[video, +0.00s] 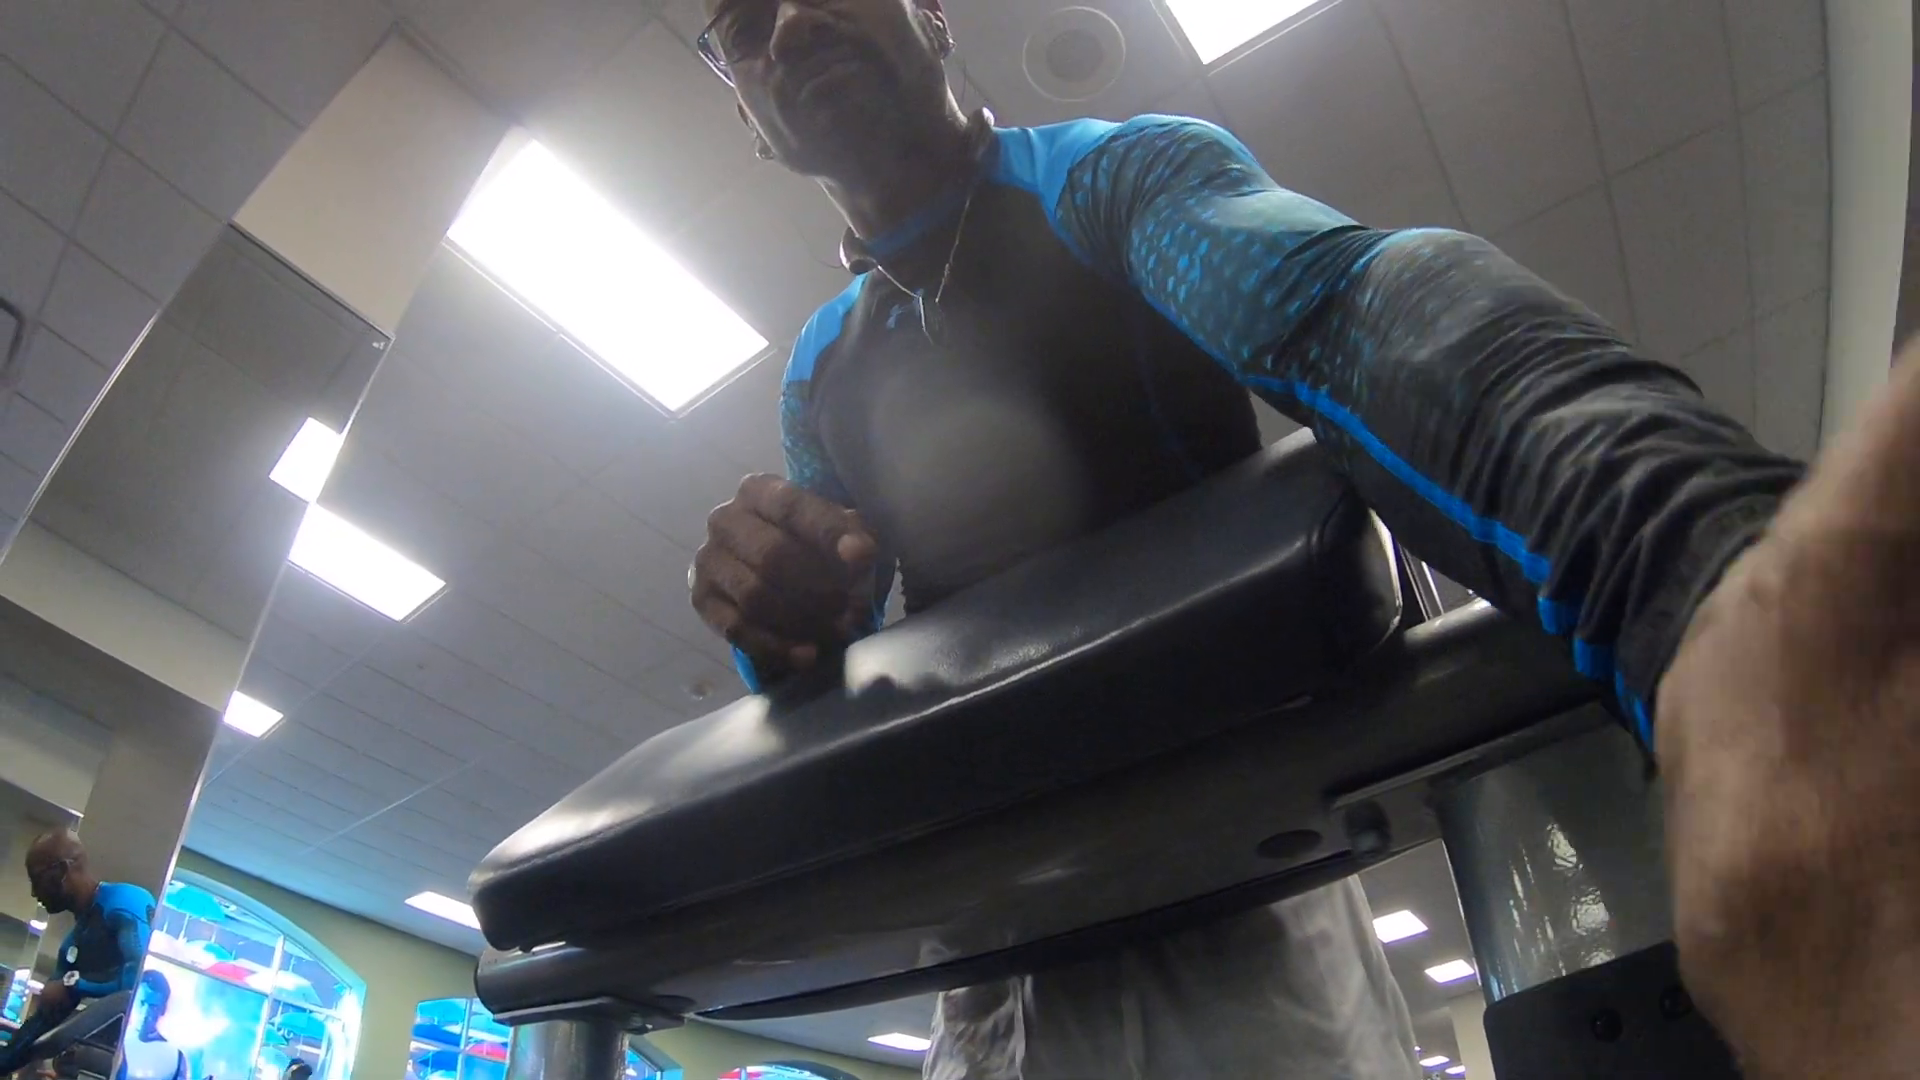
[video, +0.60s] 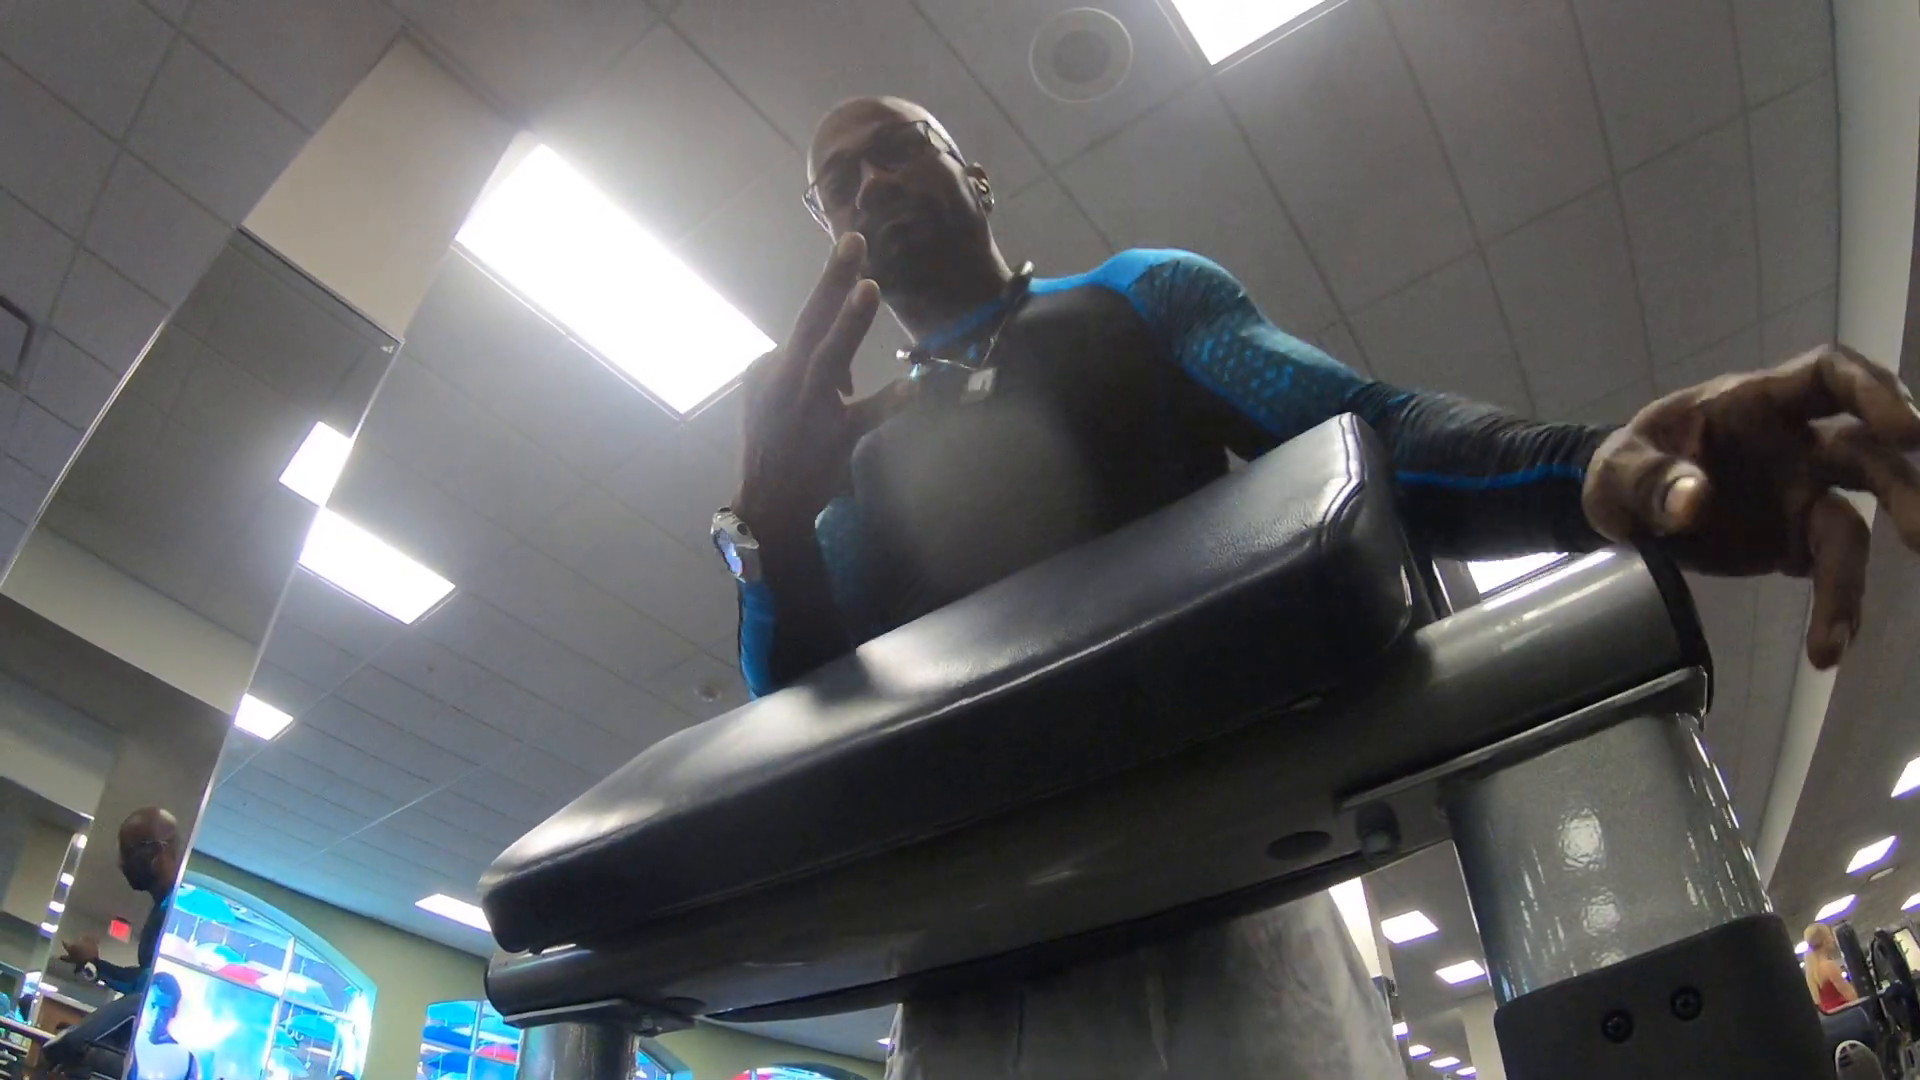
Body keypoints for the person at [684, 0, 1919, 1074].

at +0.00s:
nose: (795, 41)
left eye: (826, 9)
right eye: (751, 40)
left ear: (932, 36)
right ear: (745, 117)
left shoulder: (1103, 179)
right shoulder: (818, 376)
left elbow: (1349, 309)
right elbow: (855, 681)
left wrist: (1715, 600)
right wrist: (807, 630)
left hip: (1264, 778)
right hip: (1020, 850)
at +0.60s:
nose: (871, 192)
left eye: (892, 158)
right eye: (841, 189)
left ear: (975, 181)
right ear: (836, 260)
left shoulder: (1139, 299)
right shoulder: (853, 460)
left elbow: (1363, 428)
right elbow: (805, 738)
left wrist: (1610, 475)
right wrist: (769, 520)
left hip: (1249, 825)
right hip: (1000, 885)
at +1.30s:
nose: (1037, 351)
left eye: (1033, 338)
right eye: (1000, 330)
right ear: (909, 372)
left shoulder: (1090, 522)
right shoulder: (846, 521)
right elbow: (761, 693)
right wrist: (929, 567)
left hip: (1166, 936)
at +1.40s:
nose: (1075, 379)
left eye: (1070, 368)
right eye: (1040, 354)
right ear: (947, 380)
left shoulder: (1100, 543)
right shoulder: (872, 523)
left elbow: (1150, 804)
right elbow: (763, 692)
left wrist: (1238, 1017)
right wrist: (936, 572)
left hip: (1173, 960)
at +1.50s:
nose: (1106, 412)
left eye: (1101, 399)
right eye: (1079, 384)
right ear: (1001, 390)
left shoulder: (1118, 560)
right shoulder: (899, 532)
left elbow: (1159, 819)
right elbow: (783, 702)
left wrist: (1246, 1022)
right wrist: (952, 579)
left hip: (1180, 968)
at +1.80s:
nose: (1174, 472)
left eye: (1168, 460)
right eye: (1141, 452)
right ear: (1067, 481)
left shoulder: (1196, 567)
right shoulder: (997, 574)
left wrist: (1283, 1056)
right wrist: (1001, 578)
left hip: (1228, 991)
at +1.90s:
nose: (1179, 475)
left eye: (1178, 467)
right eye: (1140, 461)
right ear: (1074, 505)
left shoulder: (1228, 587)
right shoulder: (1059, 598)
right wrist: (1010, 597)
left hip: (1237, 999)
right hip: (1104, 1004)